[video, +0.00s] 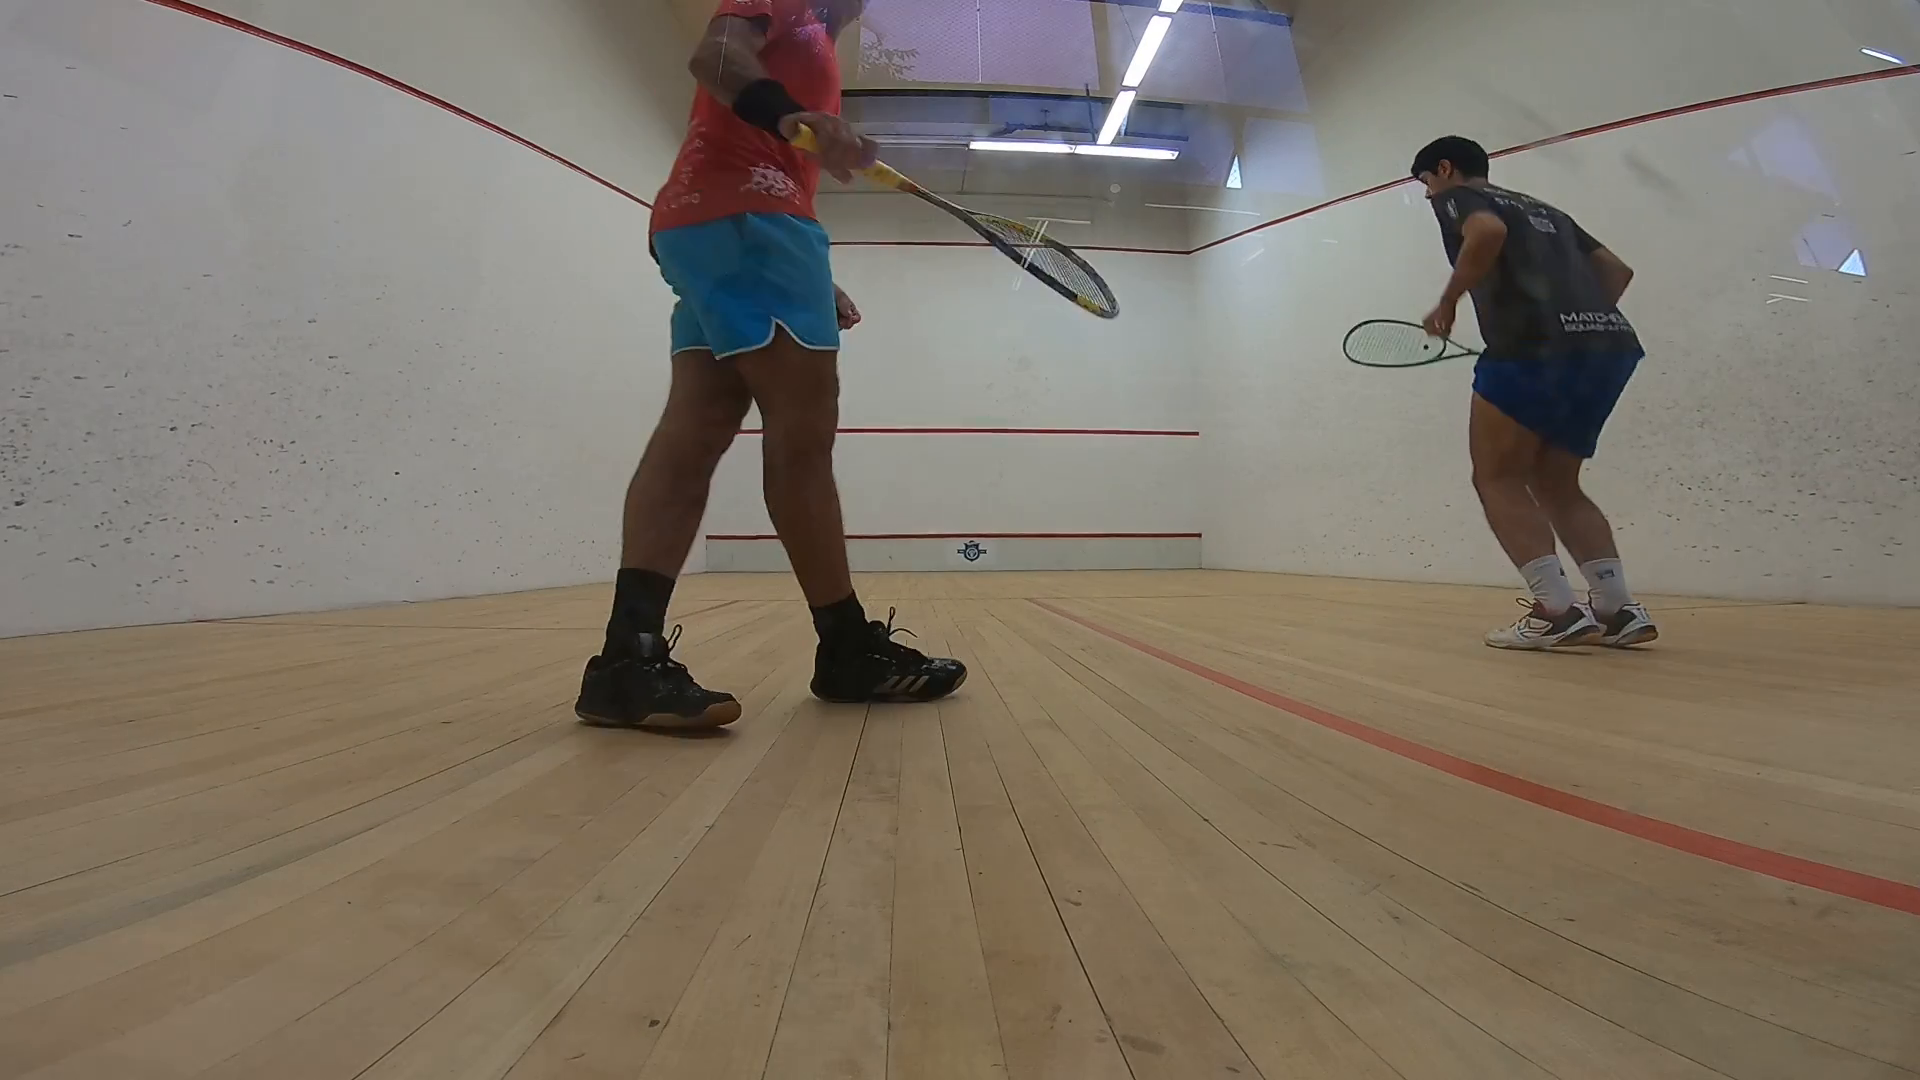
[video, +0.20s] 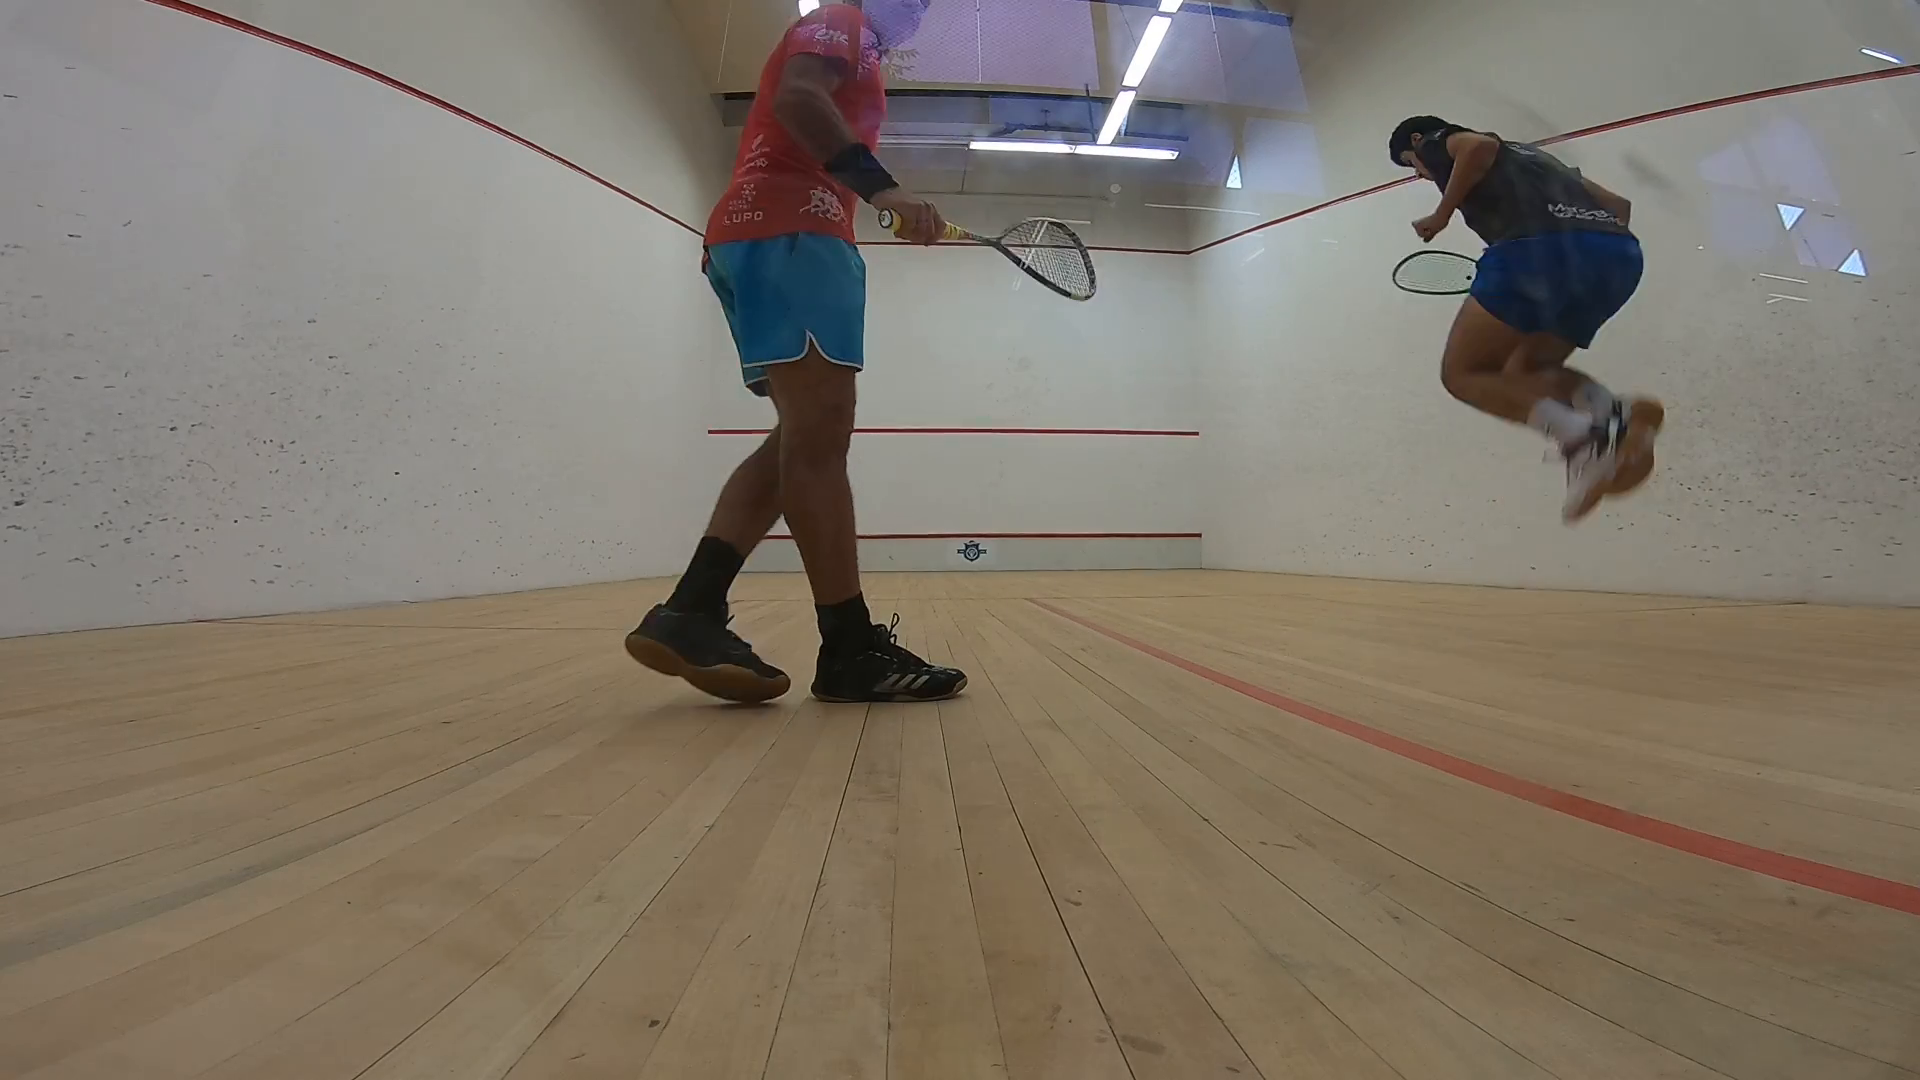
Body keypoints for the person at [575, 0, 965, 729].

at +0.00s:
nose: (865, 7)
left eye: (863, 9)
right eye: (861, 4)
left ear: (838, 8)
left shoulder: (808, 50)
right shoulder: (784, 6)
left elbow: (766, 178)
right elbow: (715, 54)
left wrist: (812, 277)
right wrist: (795, 119)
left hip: (712, 221)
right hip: (749, 214)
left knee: (693, 432)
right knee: (804, 429)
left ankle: (628, 656)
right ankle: (847, 646)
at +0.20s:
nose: (909, 30)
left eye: (911, 27)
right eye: (908, 20)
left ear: (883, 24)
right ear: (889, 8)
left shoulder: (844, 64)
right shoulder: (843, 20)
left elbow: (807, 186)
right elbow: (798, 96)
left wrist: (895, 220)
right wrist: (886, 191)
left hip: (758, 240)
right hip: (791, 234)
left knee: (800, 434)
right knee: (819, 436)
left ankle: (693, 611)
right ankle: (850, 647)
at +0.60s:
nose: (904, 96)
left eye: (909, 93)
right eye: (904, 81)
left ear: (889, 84)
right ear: (882, 62)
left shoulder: (852, 131)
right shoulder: (829, 86)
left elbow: (826, 215)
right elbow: (784, 148)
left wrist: (889, 226)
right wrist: (881, 206)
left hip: (804, 285)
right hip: (797, 281)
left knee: (820, 442)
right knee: (832, 440)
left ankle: (809, 617)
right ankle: (851, 645)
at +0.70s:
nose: (894, 100)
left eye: (901, 96)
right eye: (885, 85)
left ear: (893, 108)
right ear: (851, 80)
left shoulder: (858, 157)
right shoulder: (817, 105)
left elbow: (823, 260)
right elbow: (759, 164)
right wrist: (856, 209)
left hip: (818, 305)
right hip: (778, 290)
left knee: (836, 445)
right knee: (821, 435)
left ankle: (817, 623)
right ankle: (808, 626)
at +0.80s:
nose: (876, 111)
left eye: (884, 108)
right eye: (871, 95)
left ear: (877, 116)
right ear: (840, 83)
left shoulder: (840, 162)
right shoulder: (800, 111)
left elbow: (803, 265)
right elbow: (741, 171)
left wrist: (835, 334)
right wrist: (839, 209)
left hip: (802, 305)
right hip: (764, 292)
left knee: (821, 447)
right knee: (807, 437)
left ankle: (807, 618)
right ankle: (747, 614)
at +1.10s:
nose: (827, 130)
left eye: (834, 124)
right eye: (820, 115)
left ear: (823, 133)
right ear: (784, 108)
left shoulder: (784, 182)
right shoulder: (749, 137)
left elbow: (740, 281)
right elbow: (703, 206)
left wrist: (776, 345)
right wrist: (795, 243)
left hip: (751, 336)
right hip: (707, 319)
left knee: (762, 467)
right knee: (695, 466)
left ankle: (804, 612)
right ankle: (645, 617)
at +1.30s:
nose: (803, 162)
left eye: (809, 151)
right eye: (803, 146)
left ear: (779, 132)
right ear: (777, 127)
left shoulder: (757, 199)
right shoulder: (715, 145)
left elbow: (733, 278)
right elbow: (657, 188)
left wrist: (789, 334)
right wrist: (752, 180)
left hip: (722, 333)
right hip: (672, 319)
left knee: (740, 458)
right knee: (662, 459)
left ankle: (743, 606)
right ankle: (641, 618)